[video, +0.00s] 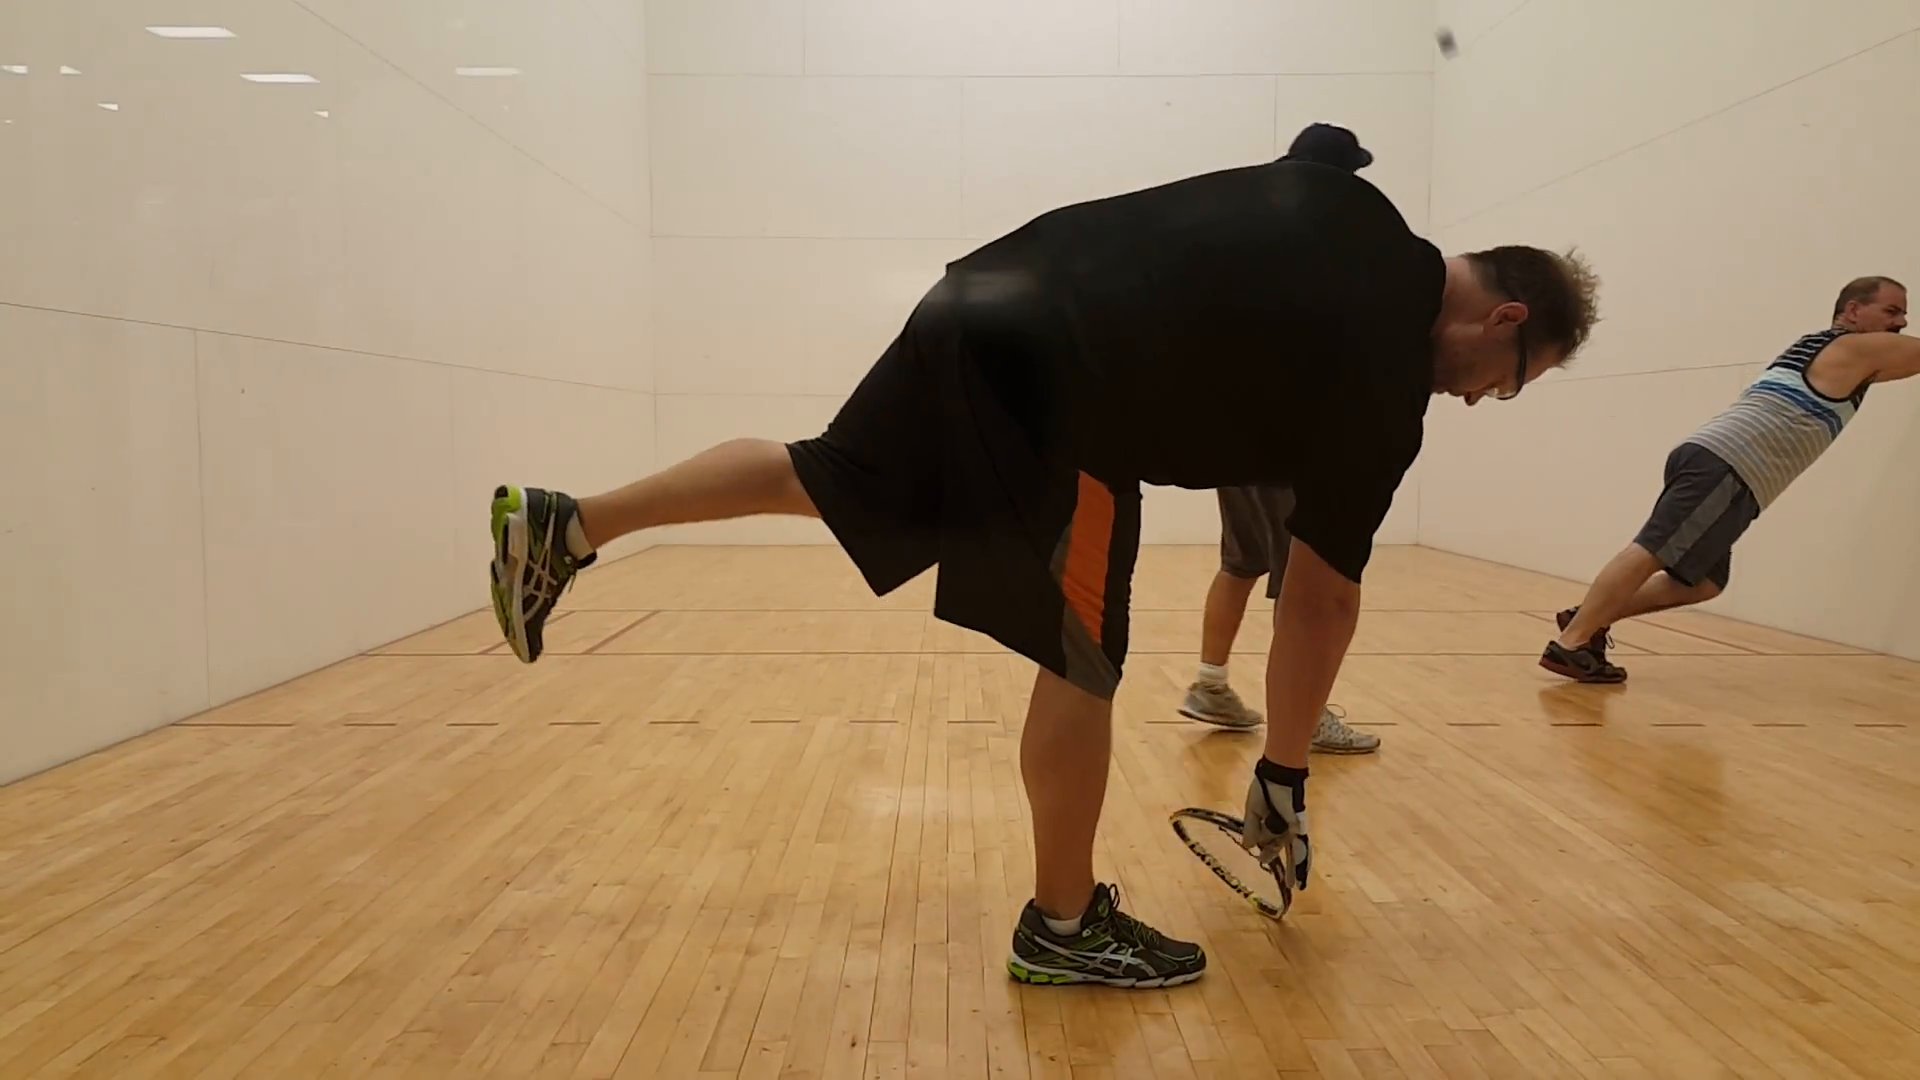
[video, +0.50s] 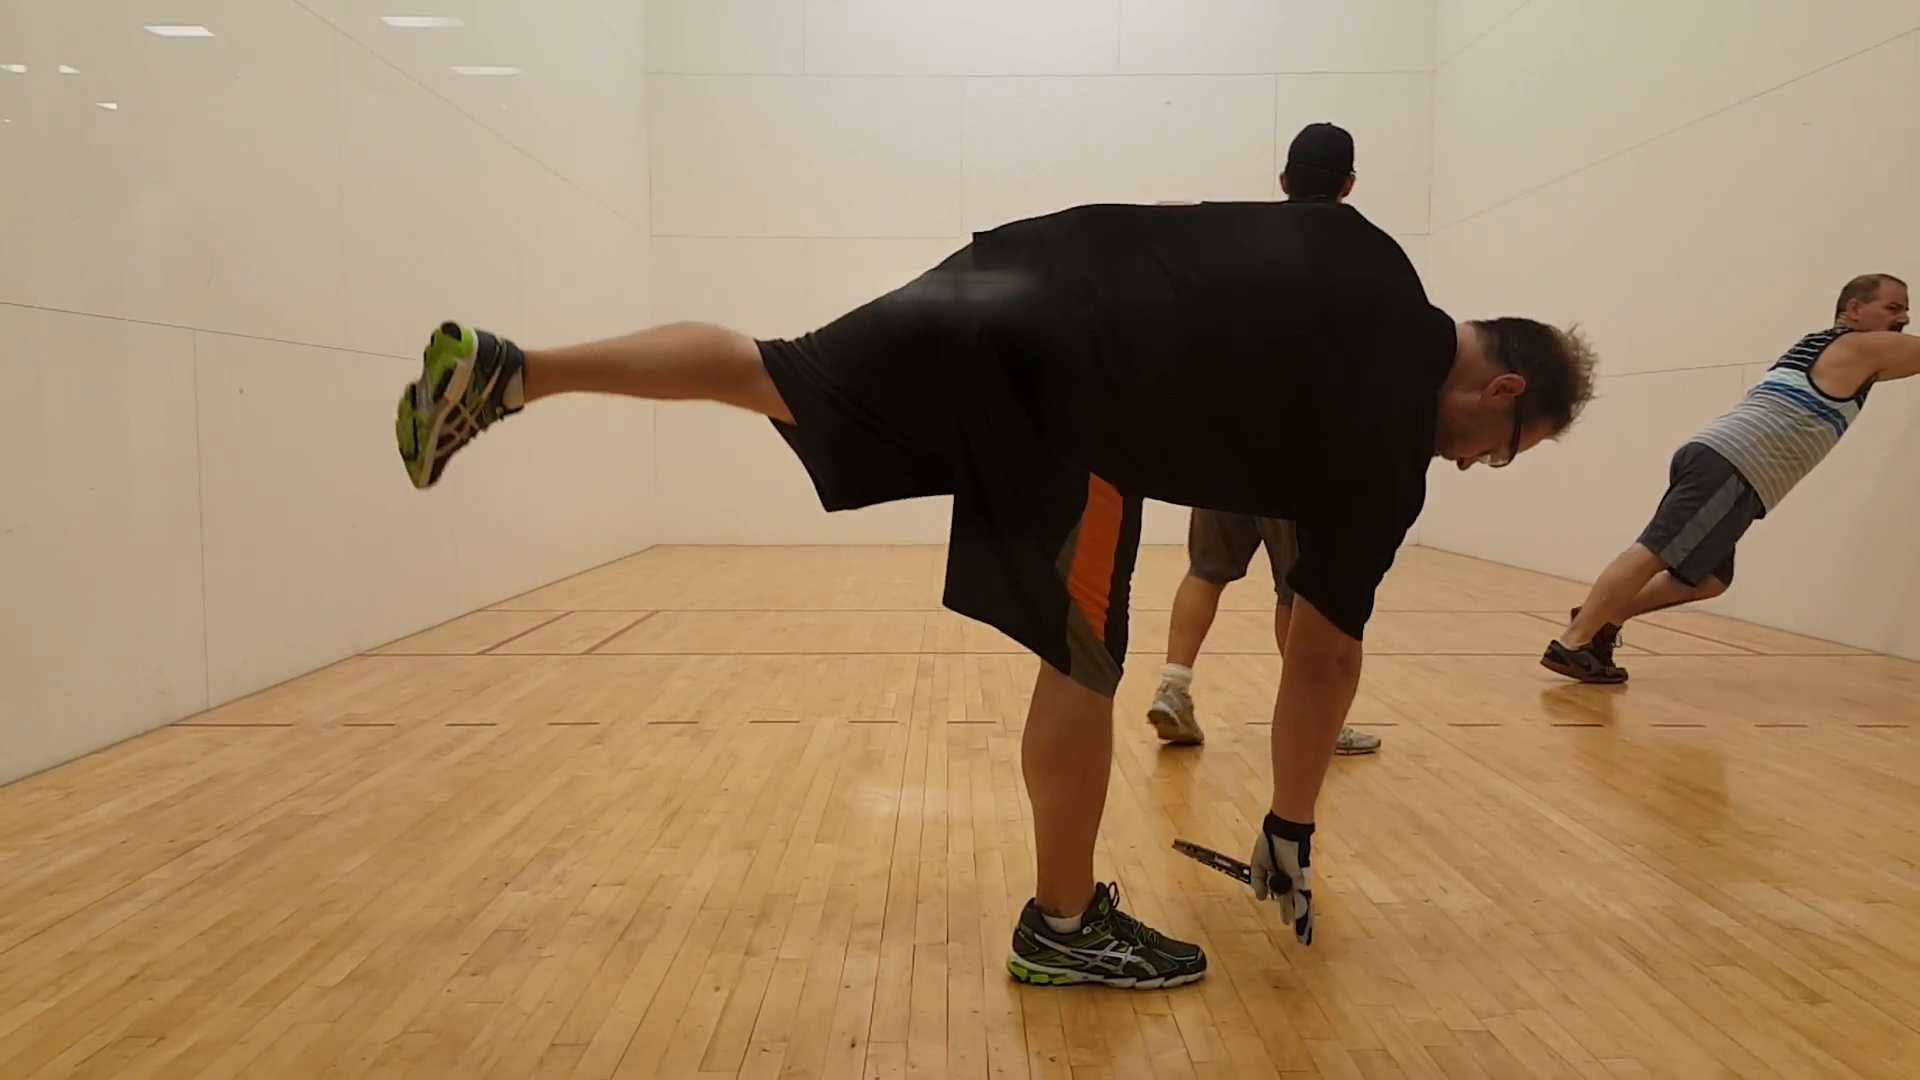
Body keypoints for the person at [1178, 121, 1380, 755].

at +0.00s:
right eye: (1348, 179)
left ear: (1296, 165)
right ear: (1340, 176)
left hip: (1242, 428)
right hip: (1288, 434)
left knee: (1243, 555)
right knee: (1306, 565)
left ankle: (1210, 684)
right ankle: (1307, 714)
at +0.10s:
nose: (1371, 184)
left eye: (1366, 176)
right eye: (1367, 175)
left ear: (1310, 162)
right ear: (1356, 176)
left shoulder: (1278, 207)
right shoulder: (1356, 234)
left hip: (1242, 428)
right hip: (1296, 438)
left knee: (1245, 558)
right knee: (1304, 570)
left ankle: (1229, 685)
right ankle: (1309, 715)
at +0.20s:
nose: (1377, 188)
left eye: (1374, 178)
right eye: (1376, 179)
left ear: (1314, 163)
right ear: (1365, 181)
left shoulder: (1272, 204)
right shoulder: (1366, 231)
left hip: (1242, 429)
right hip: (1297, 438)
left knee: (1243, 558)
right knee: (1305, 574)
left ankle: (1228, 680)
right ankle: (1312, 715)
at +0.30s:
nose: (1373, 187)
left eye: (1367, 176)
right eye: (1373, 178)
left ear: (1312, 163)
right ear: (1365, 180)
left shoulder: (1269, 206)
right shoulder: (1368, 239)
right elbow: (1403, 335)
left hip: (1239, 429)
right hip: (1299, 441)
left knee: (1241, 551)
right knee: (1301, 574)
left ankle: (1212, 670)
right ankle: (1314, 715)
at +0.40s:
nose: (1362, 189)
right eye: (1364, 180)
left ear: (1299, 168)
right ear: (1360, 182)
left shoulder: (1260, 218)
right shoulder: (1368, 247)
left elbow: (1208, 327)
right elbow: (1393, 362)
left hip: (1232, 432)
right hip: (1300, 445)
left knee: (1226, 554)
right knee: (1303, 579)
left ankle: (1191, 675)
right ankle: (1313, 717)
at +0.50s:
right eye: (1343, 176)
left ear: (1283, 177)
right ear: (1348, 183)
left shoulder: (1244, 230)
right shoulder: (1370, 256)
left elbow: (1195, 333)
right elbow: (1400, 364)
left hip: (1226, 437)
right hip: (1306, 453)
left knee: (1208, 564)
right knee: (1302, 587)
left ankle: (1172, 686)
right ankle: (1316, 719)